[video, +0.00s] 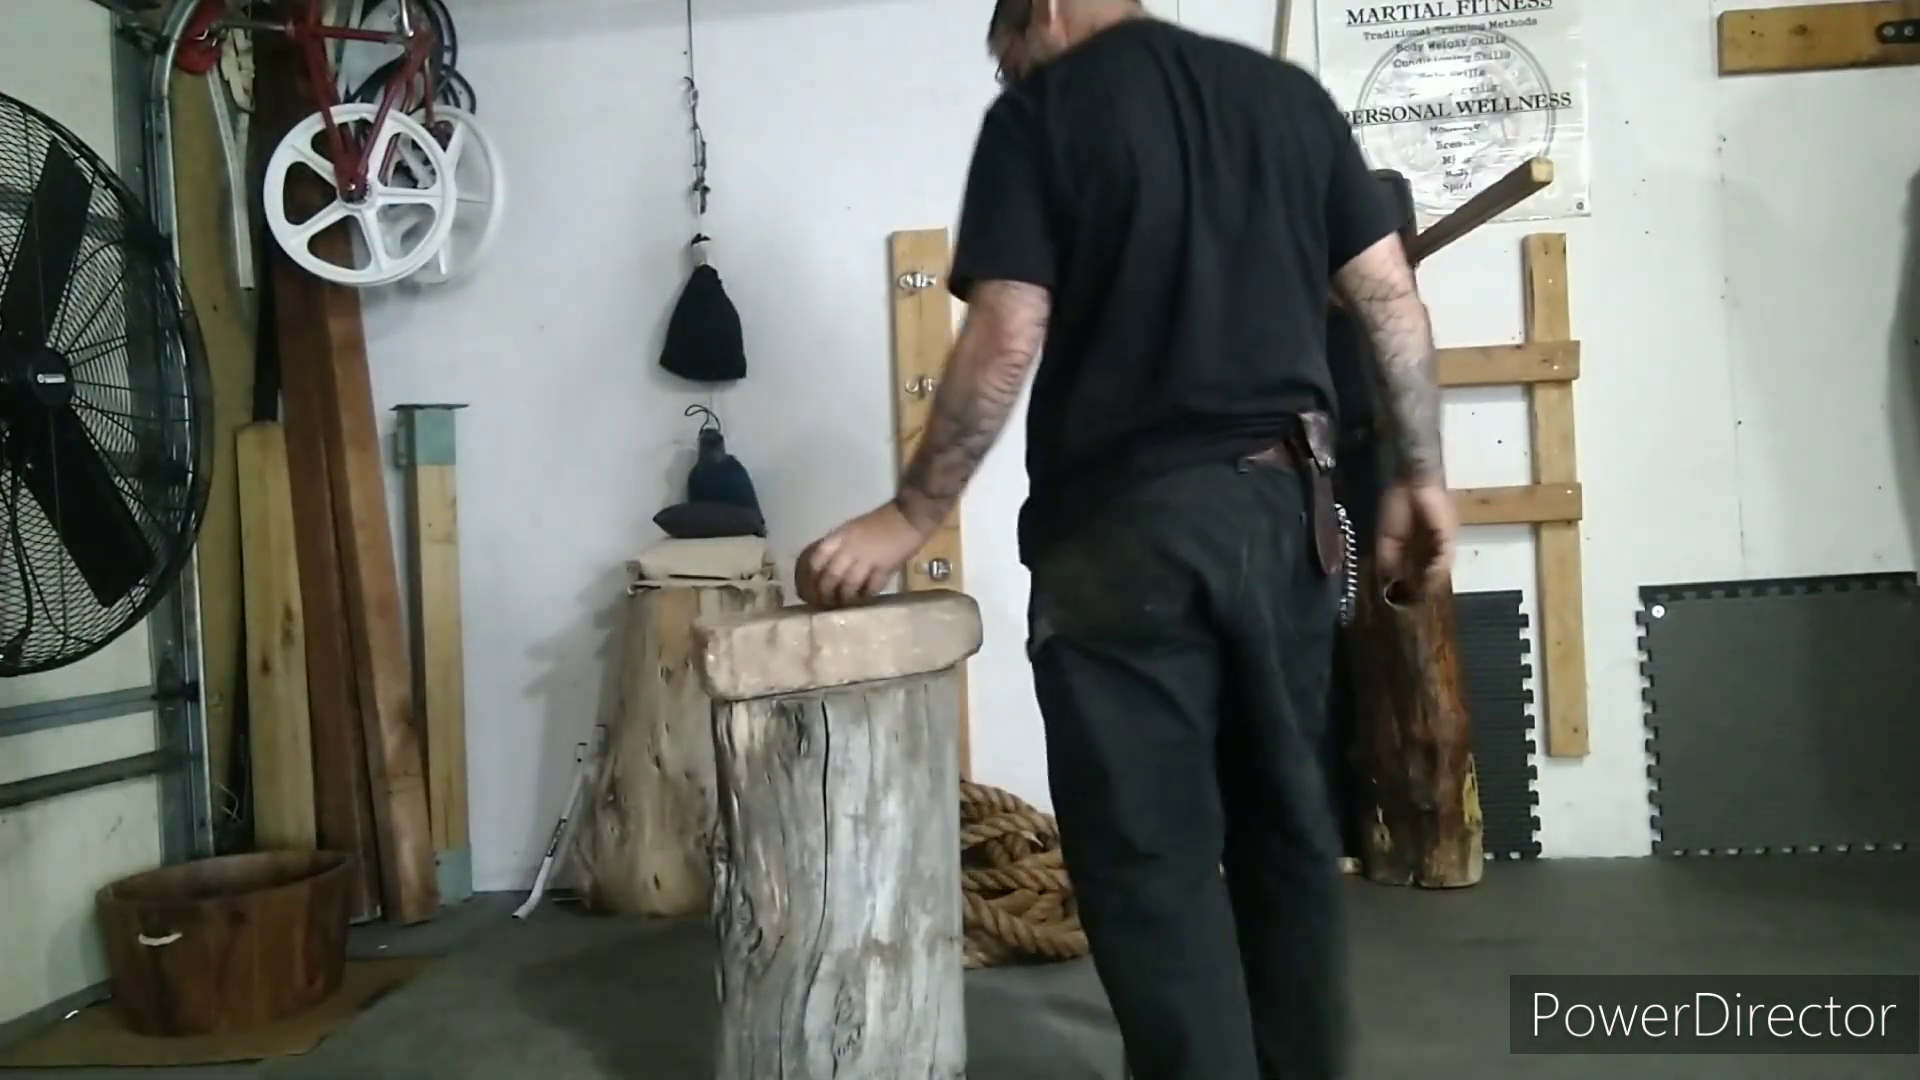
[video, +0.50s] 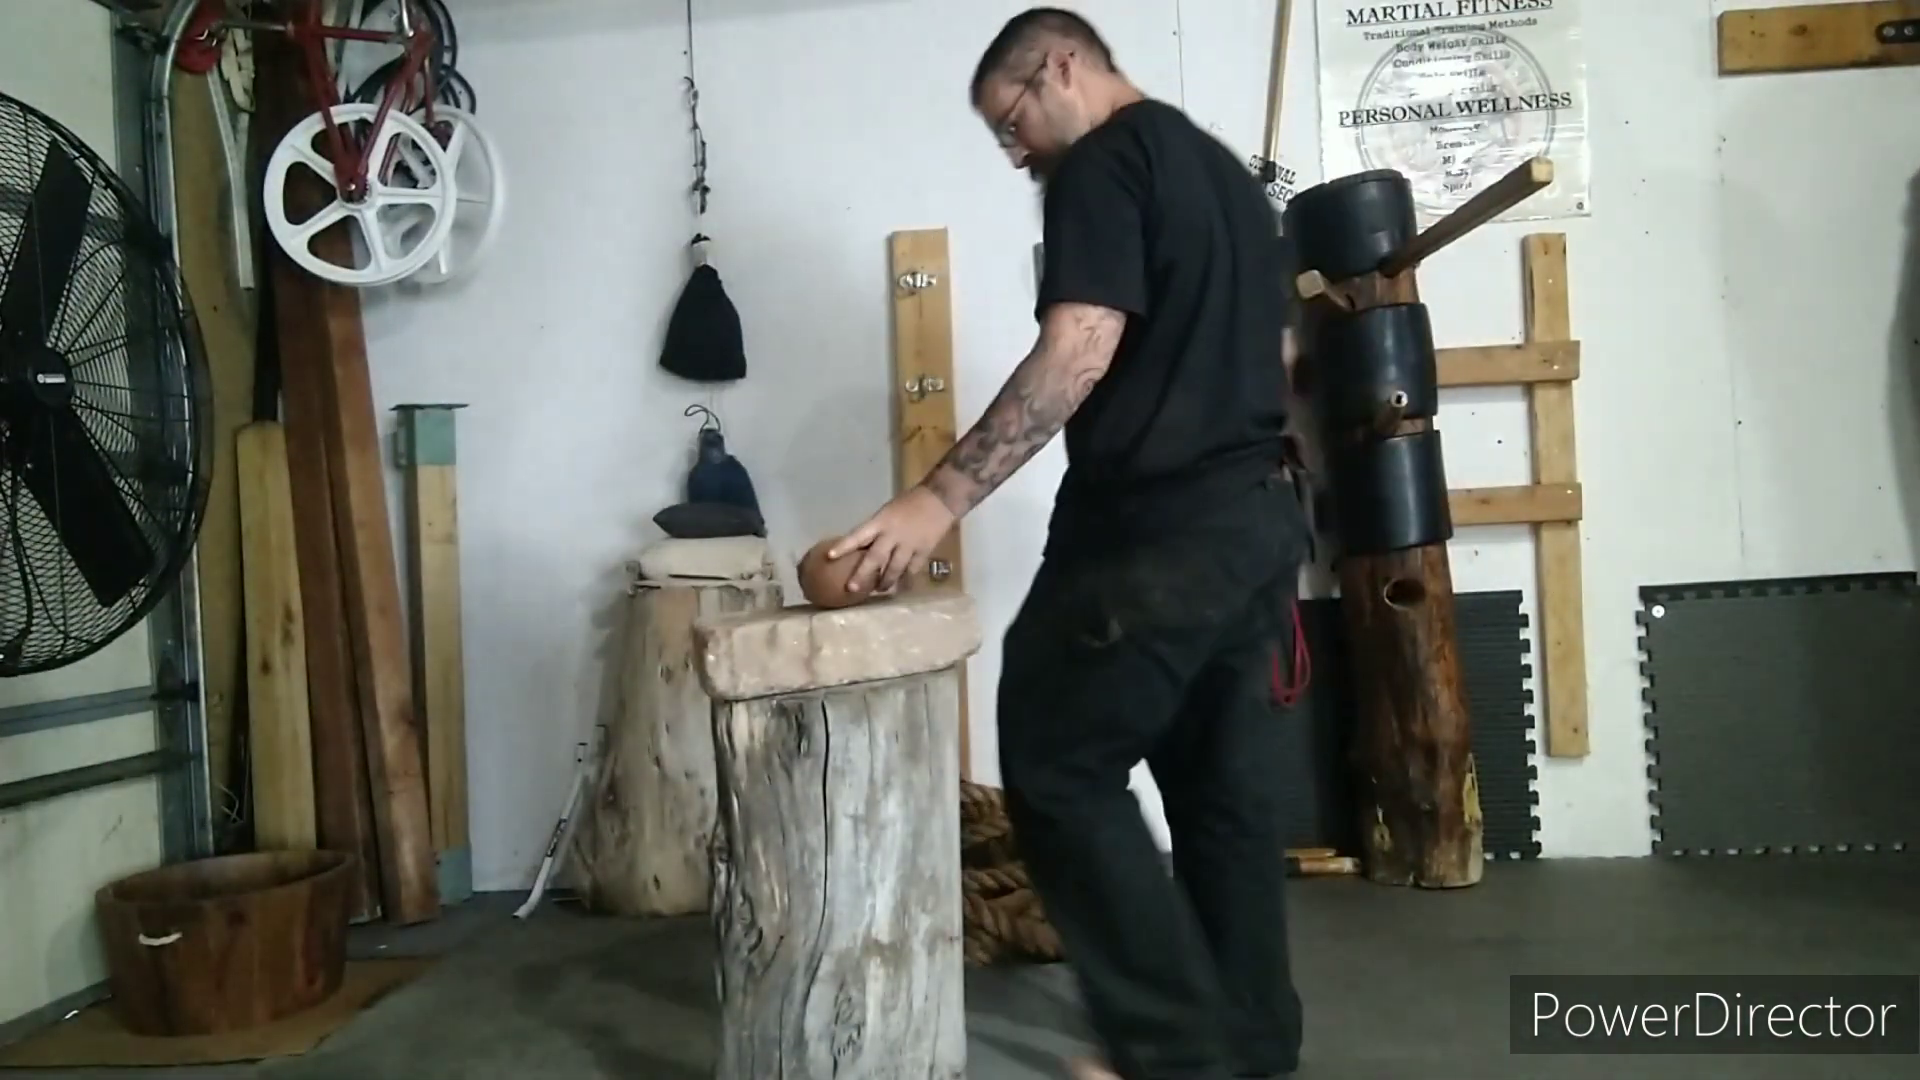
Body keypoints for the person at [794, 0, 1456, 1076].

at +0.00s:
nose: (1007, 77)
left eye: (1003, 52)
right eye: (1001, 58)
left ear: (1043, 10)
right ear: (1134, 6)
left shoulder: (1038, 112)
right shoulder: (1292, 92)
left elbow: (1010, 333)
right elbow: (1386, 288)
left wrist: (909, 513)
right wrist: (1419, 469)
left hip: (1124, 521)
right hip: (1290, 506)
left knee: (1150, 874)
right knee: (1291, 852)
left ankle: (1203, 1068)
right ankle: (1310, 1065)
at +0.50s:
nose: (1013, 152)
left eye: (1010, 121)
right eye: (1001, 135)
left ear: (1063, 68)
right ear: (1082, 71)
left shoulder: (1102, 162)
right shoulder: (1225, 170)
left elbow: (1076, 351)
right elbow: (1270, 353)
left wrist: (935, 502)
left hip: (1146, 524)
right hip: (1250, 514)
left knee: (1054, 764)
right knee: (1224, 804)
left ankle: (1173, 1041)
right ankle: (1258, 1045)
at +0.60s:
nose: (996, 152)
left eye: (996, 122)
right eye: (984, 136)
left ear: (1055, 73)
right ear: (1066, 79)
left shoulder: (1094, 167)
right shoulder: (1188, 167)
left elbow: (1077, 349)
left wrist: (941, 499)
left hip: (1140, 522)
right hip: (1235, 510)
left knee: (1047, 765)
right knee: (1218, 790)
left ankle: (1094, 1031)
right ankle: (1251, 1031)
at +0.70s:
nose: (969, 171)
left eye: (968, 141)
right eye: (957, 154)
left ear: (1016, 84)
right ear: (1027, 89)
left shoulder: (1074, 179)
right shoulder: (1134, 173)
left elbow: (1071, 360)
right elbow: (1112, 368)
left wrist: (948, 505)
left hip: (1119, 526)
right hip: (1197, 511)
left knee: (1037, 783)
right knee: (1198, 787)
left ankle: (1013, 1043)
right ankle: (1250, 1031)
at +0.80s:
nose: (942, 176)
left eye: (943, 146)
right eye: (929, 159)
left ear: (995, 93)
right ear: (1001, 97)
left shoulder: (1057, 188)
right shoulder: (1092, 180)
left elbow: (1069, 367)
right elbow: (1089, 376)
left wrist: (953, 513)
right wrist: (969, 495)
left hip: (1096, 536)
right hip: (1158, 521)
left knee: (1020, 784)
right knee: (1169, 781)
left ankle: (1010, 1042)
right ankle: (1248, 1027)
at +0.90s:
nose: (914, 178)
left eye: (916, 149)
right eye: (902, 162)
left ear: (973, 100)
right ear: (966, 111)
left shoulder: (1034, 199)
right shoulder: (1051, 191)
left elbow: (1062, 376)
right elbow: (1056, 381)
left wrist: (952, 523)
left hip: (1068, 551)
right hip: (1117, 536)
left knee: (1014, 808)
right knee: (1122, 771)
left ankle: (1011, 1046)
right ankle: (1244, 1014)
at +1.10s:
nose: (867, 180)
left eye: (868, 152)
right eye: (854, 163)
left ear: (922, 98)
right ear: (916, 107)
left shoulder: (1004, 198)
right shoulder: (972, 205)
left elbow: (1040, 382)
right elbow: (983, 383)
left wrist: (932, 523)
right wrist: (917, 532)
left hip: (1022, 549)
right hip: (997, 548)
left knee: (996, 791)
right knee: (1008, 767)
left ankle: (1012, 1045)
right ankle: (1148, 945)